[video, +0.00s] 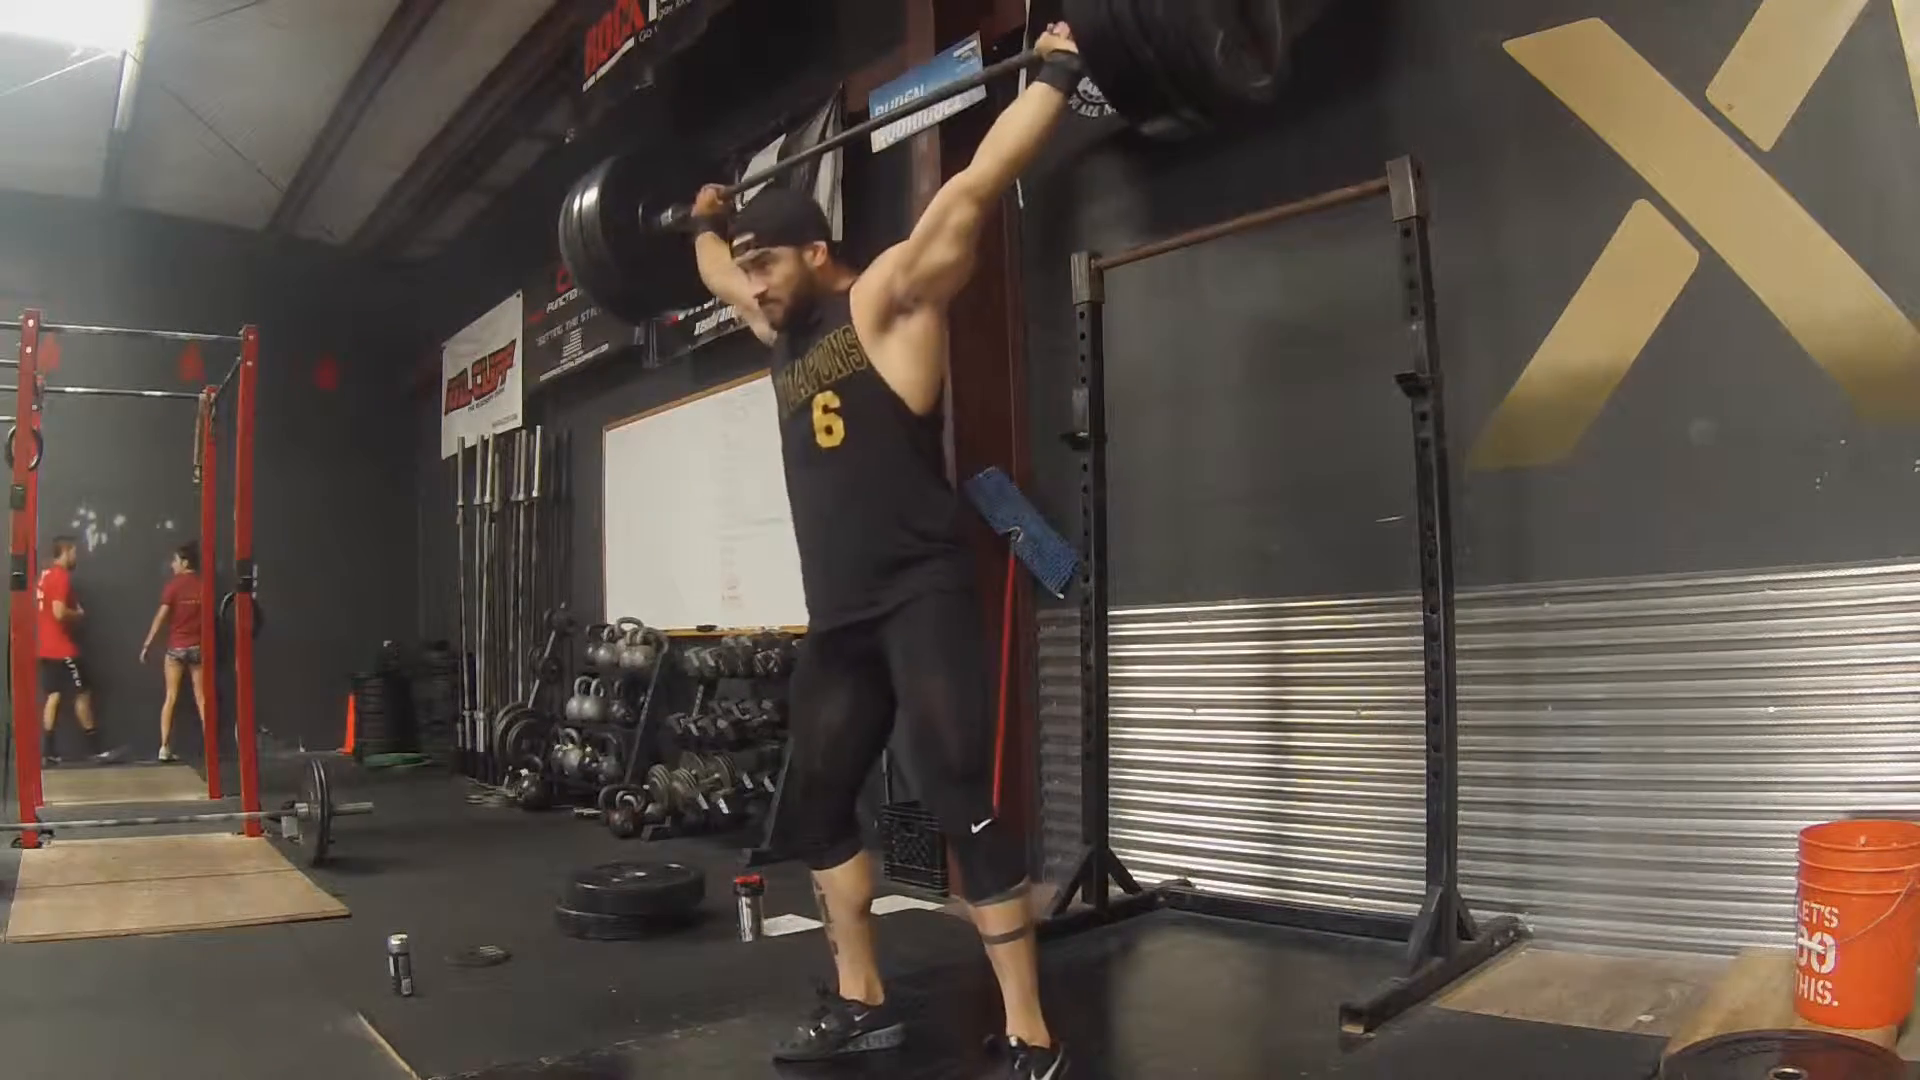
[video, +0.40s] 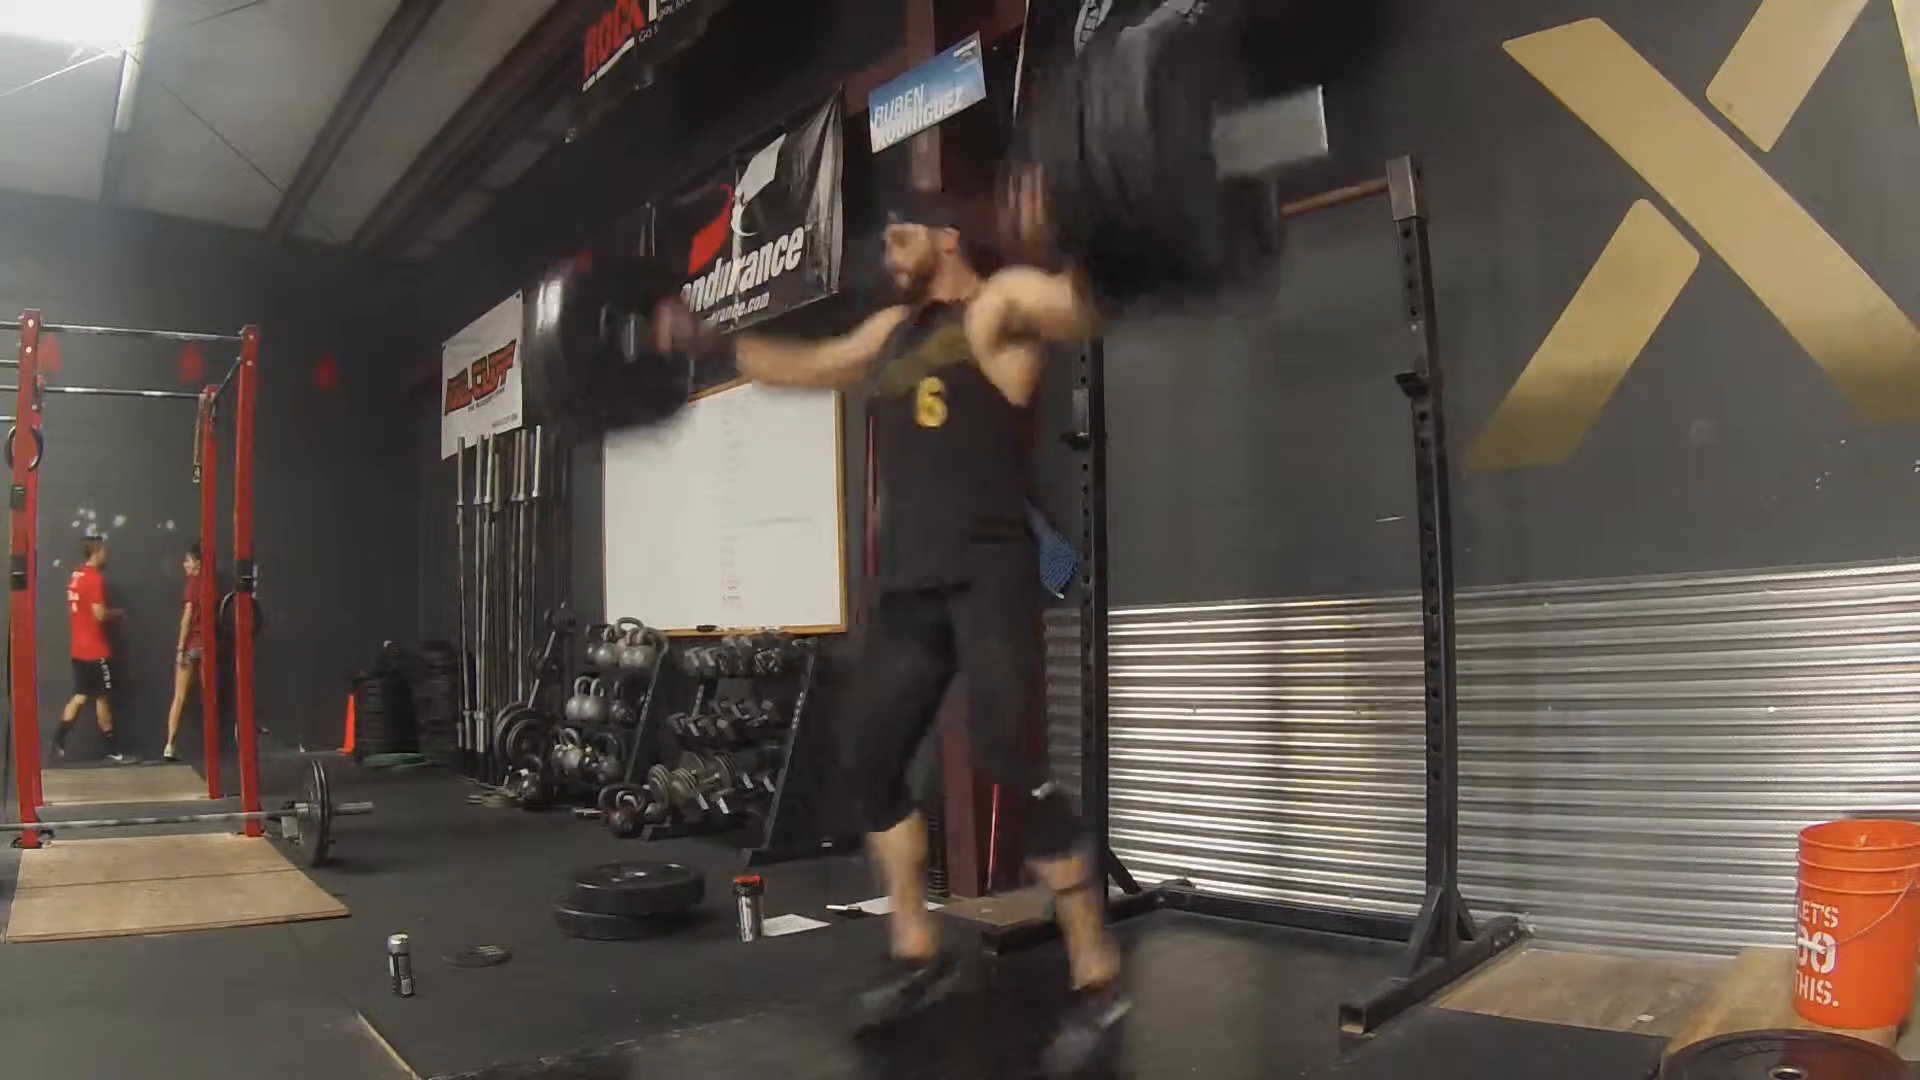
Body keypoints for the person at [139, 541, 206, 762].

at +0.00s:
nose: (172, 564)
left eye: (175, 560)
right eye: (173, 560)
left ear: (185, 562)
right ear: (192, 562)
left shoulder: (174, 585)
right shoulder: (204, 586)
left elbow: (161, 615)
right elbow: (210, 615)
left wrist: (147, 643)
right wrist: (209, 640)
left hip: (176, 645)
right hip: (199, 644)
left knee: (170, 696)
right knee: (202, 696)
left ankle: (164, 745)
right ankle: (210, 745)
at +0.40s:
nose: (185, 565)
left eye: (188, 561)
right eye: (185, 560)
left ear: (198, 563)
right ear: (201, 563)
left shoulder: (194, 583)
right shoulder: (212, 583)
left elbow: (188, 615)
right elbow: (216, 615)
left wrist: (180, 646)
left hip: (191, 645)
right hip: (208, 644)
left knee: (179, 696)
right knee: (211, 695)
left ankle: (170, 743)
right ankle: (216, 743)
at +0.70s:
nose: (190, 566)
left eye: (193, 562)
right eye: (190, 562)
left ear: (202, 563)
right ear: (206, 564)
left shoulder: (197, 582)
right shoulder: (217, 584)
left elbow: (193, 610)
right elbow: (221, 613)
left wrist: (183, 643)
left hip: (197, 645)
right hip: (215, 645)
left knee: (190, 697)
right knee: (213, 696)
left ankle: (198, 745)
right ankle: (215, 743)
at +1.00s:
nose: (191, 568)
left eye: (194, 563)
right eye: (191, 564)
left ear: (203, 565)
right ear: (205, 565)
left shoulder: (199, 586)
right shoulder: (216, 586)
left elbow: (194, 615)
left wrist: (182, 644)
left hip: (199, 646)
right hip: (214, 644)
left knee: (201, 696)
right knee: (213, 696)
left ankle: (211, 747)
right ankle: (215, 745)